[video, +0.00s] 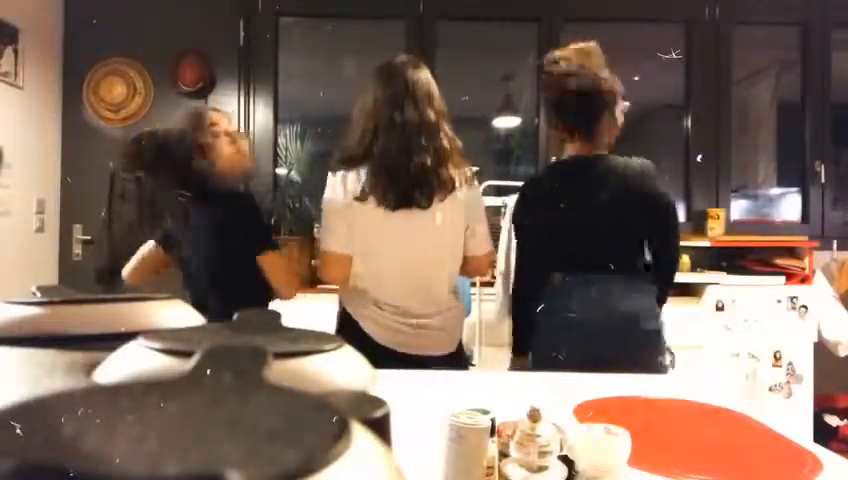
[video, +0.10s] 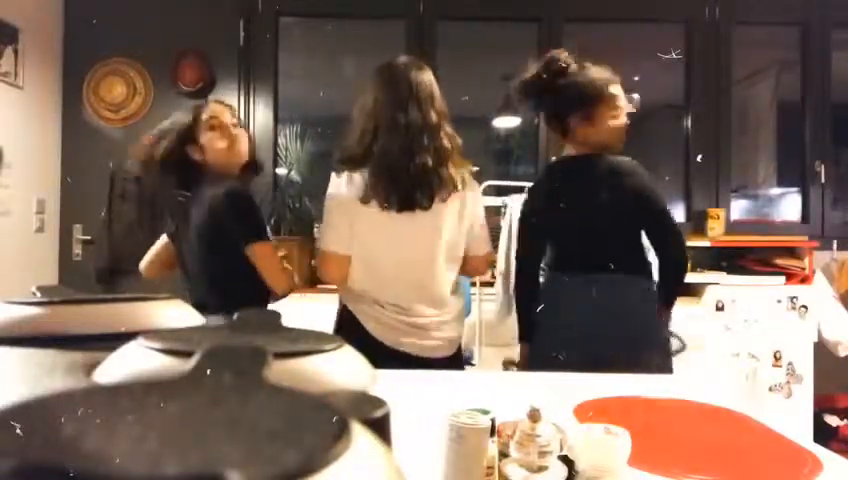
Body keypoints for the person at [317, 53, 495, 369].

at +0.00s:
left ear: (371, 113)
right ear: (435, 110)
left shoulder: (345, 185)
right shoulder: (461, 184)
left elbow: (334, 273)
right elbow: (480, 264)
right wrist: (432, 257)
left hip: (368, 347)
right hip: (440, 349)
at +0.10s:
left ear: (372, 112)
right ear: (436, 109)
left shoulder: (348, 183)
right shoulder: (462, 186)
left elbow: (333, 272)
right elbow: (478, 264)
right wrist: (432, 256)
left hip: (367, 346)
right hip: (438, 350)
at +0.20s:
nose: (359, 115)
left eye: (365, 107)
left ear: (376, 119)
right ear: (443, 119)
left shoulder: (357, 191)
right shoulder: (460, 192)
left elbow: (352, 277)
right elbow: (469, 262)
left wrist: (331, 227)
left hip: (373, 344)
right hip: (440, 350)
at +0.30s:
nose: (373, 109)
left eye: (381, 100)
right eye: (378, 99)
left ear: (392, 113)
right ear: (442, 117)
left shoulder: (383, 170)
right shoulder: (447, 181)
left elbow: (377, 265)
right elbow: (461, 256)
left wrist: (338, 223)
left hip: (386, 336)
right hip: (438, 341)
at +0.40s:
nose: (386, 102)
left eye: (397, 95)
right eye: (389, 94)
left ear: (422, 108)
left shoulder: (413, 165)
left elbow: (404, 253)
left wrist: (348, 209)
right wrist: (349, 204)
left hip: (393, 321)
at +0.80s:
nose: (399, 113)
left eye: (412, 106)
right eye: (393, 103)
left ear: (434, 118)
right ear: (383, 109)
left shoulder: (428, 167)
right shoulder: (385, 166)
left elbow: (433, 256)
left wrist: (388, 180)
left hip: (411, 310)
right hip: (370, 303)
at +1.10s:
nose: (393, 111)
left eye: (406, 105)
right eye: (388, 102)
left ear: (428, 118)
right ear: (378, 110)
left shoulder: (419, 166)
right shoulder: (402, 166)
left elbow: (420, 250)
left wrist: (387, 174)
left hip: (401, 313)